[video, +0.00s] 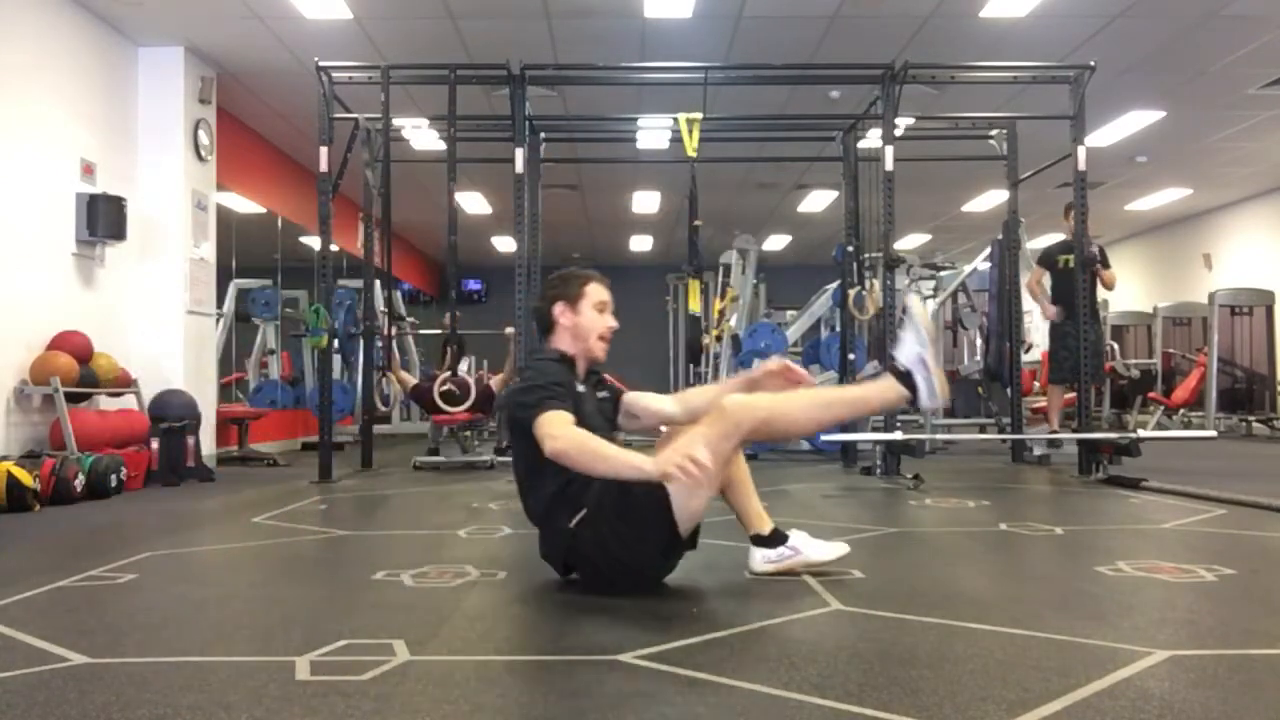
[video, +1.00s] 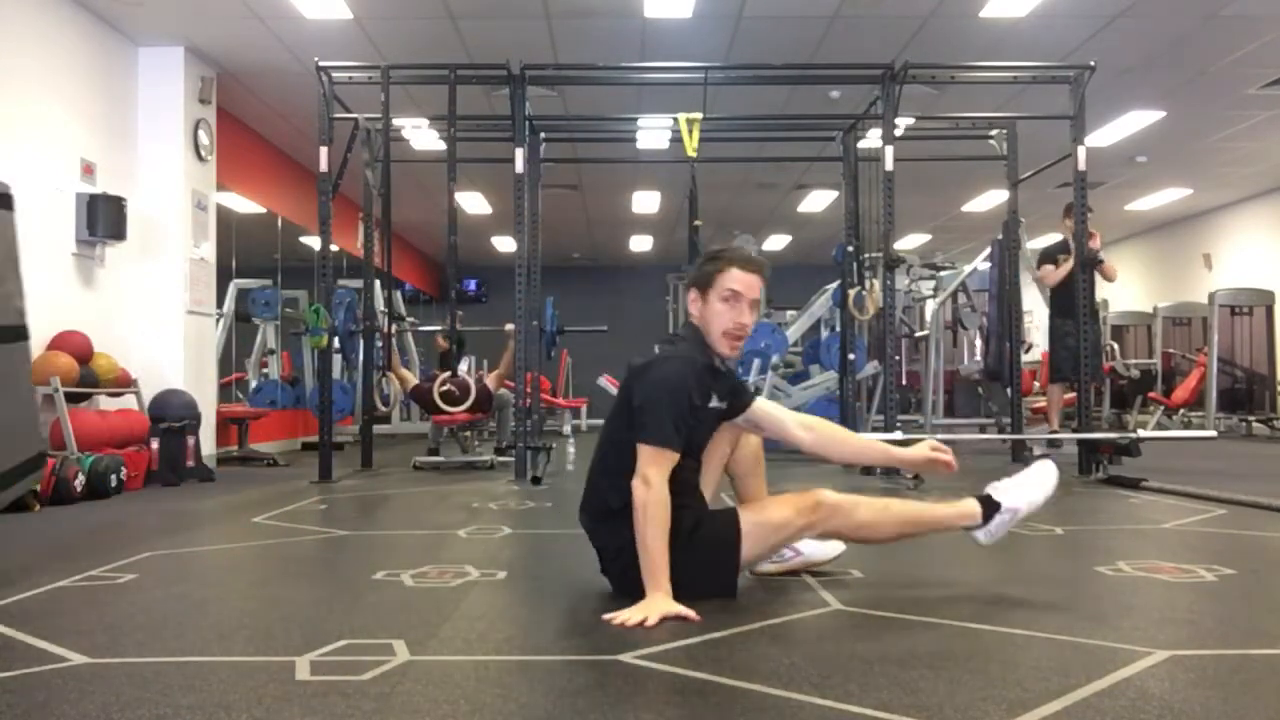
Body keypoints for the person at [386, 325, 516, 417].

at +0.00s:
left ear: (434, 392)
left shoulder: (427, 399)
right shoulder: (481, 399)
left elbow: (396, 371)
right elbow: (507, 375)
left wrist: (389, 340)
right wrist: (512, 341)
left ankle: (433, 444)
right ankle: (501, 443)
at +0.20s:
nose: (450, 380)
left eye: (444, 386)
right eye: (454, 384)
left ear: (436, 393)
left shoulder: (427, 398)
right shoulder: (481, 398)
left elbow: (397, 372)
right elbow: (507, 375)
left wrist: (389, 341)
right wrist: (512, 341)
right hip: (476, 407)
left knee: (438, 412)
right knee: (507, 397)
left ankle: (433, 445)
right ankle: (503, 444)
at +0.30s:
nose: (449, 384)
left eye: (444, 386)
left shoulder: (428, 398)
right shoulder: (480, 399)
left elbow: (396, 371)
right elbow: (506, 375)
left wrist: (389, 340)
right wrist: (512, 342)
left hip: (439, 408)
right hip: (475, 407)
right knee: (507, 397)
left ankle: (433, 446)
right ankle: (502, 444)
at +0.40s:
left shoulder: (428, 398)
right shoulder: (480, 399)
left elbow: (396, 371)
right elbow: (505, 375)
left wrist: (389, 340)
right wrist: (511, 342)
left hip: (439, 409)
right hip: (475, 408)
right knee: (507, 397)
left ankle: (433, 446)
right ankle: (502, 444)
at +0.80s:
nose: (447, 382)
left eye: (444, 384)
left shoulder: (428, 398)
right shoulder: (480, 398)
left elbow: (397, 370)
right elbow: (503, 374)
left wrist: (389, 339)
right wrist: (511, 340)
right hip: (476, 405)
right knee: (506, 397)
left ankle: (433, 446)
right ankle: (502, 444)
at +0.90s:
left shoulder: (428, 398)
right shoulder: (480, 398)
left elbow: (397, 370)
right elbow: (502, 373)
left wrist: (389, 338)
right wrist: (511, 340)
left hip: (438, 406)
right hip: (475, 404)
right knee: (505, 397)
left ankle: (433, 445)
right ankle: (502, 444)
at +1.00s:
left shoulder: (428, 398)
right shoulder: (480, 399)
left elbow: (397, 370)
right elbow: (501, 373)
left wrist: (389, 338)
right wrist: (511, 340)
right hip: (476, 404)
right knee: (505, 397)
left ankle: (433, 446)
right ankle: (502, 444)